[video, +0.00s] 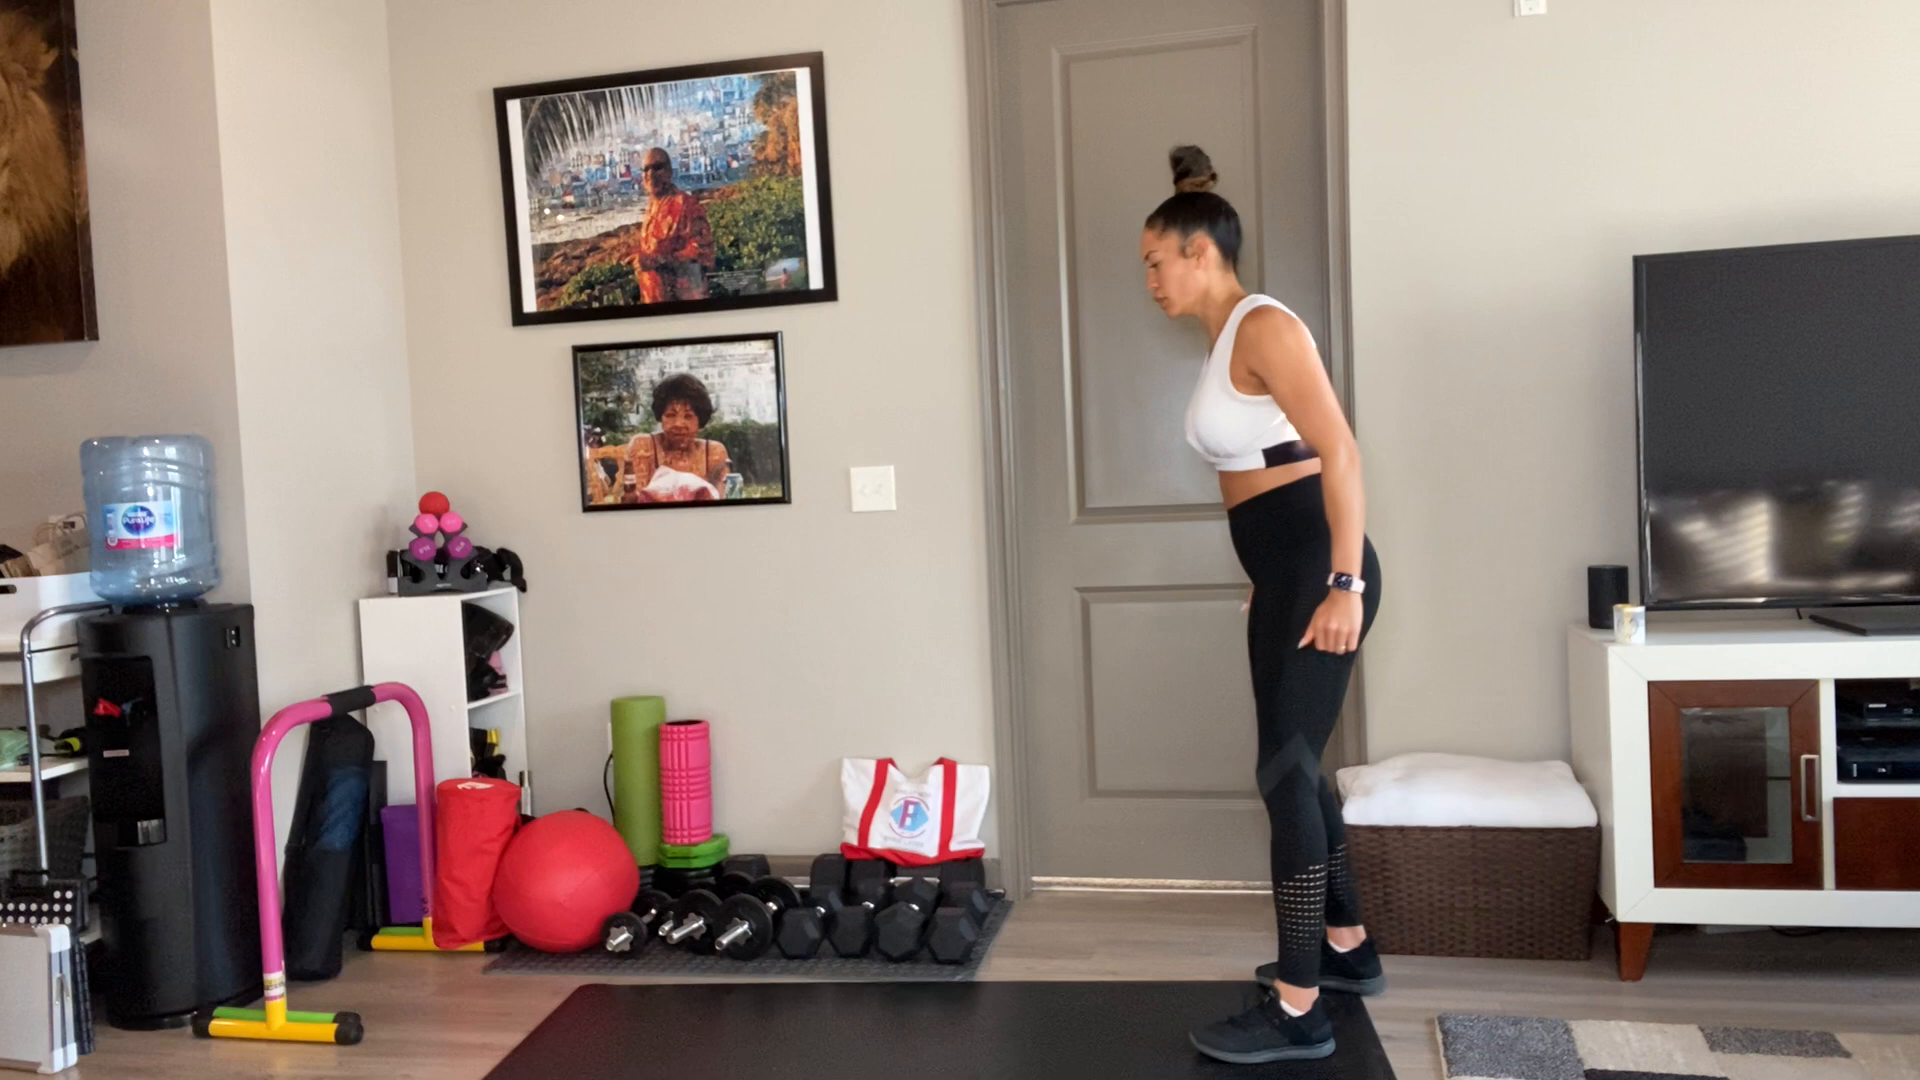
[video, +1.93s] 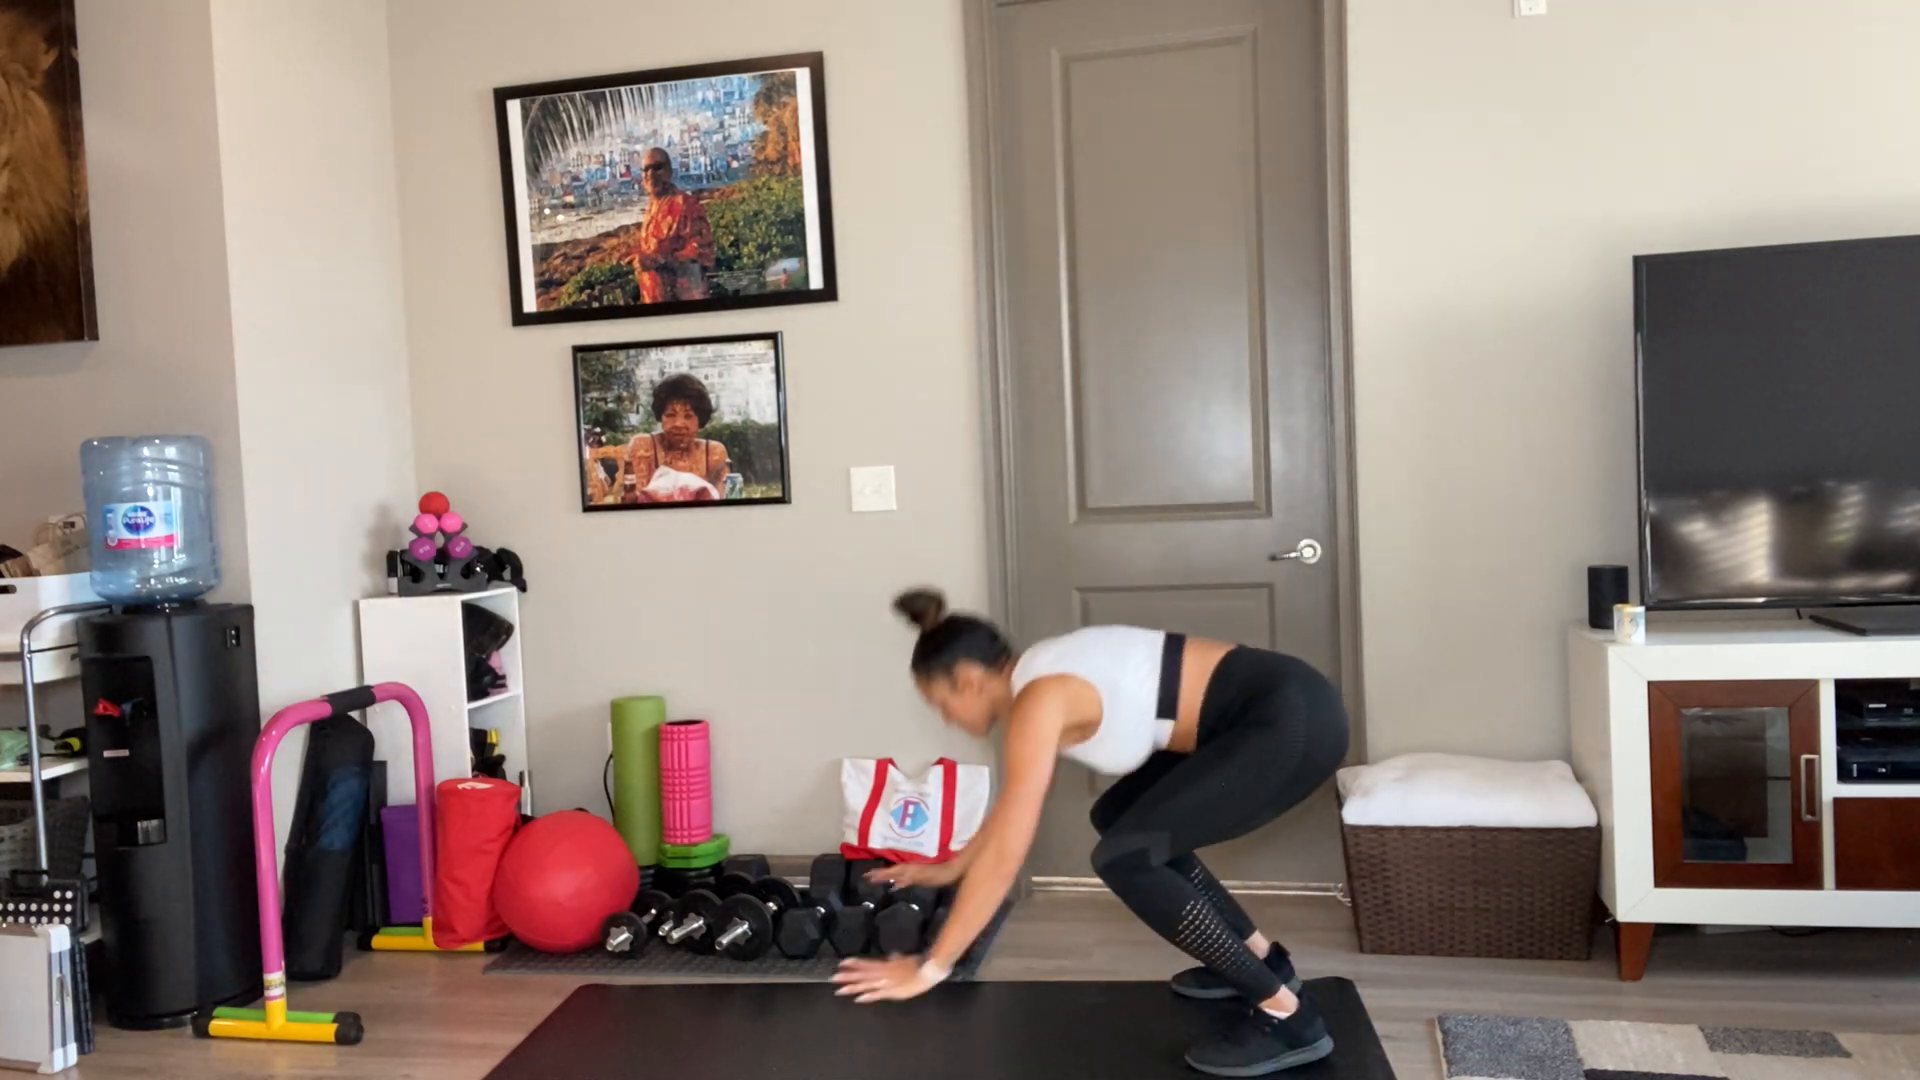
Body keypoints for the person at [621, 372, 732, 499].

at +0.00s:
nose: (679, 424)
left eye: (688, 416)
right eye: (671, 415)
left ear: (700, 420)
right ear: (660, 418)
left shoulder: (715, 451)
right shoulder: (641, 446)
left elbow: (719, 500)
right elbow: (636, 499)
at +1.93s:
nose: (679, 424)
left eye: (688, 416)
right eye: (670, 415)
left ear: (700, 420)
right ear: (660, 418)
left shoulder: (715, 451)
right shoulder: (641, 446)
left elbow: (718, 501)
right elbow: (638, 499)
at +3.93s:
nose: (679, 424)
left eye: (688, 416)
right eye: (670, 415)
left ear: (701, 420)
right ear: (660, 417)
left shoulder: (715, 451)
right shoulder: (641, 446)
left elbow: (719, 501)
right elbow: (638, 500)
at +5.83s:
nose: (679, 424)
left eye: (688, 416)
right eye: (671, 415)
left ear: (700, 420)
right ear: (660, 417)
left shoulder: (714, 451)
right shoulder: (641, 446)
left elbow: (721, 499)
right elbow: (632, 499)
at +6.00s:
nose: (679, 424)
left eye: (688, 416)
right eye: (670, 415)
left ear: (700, 420)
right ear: (660, 418)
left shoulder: (714, 451)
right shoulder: (641, 446)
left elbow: (722, 499)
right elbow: (633, 499)